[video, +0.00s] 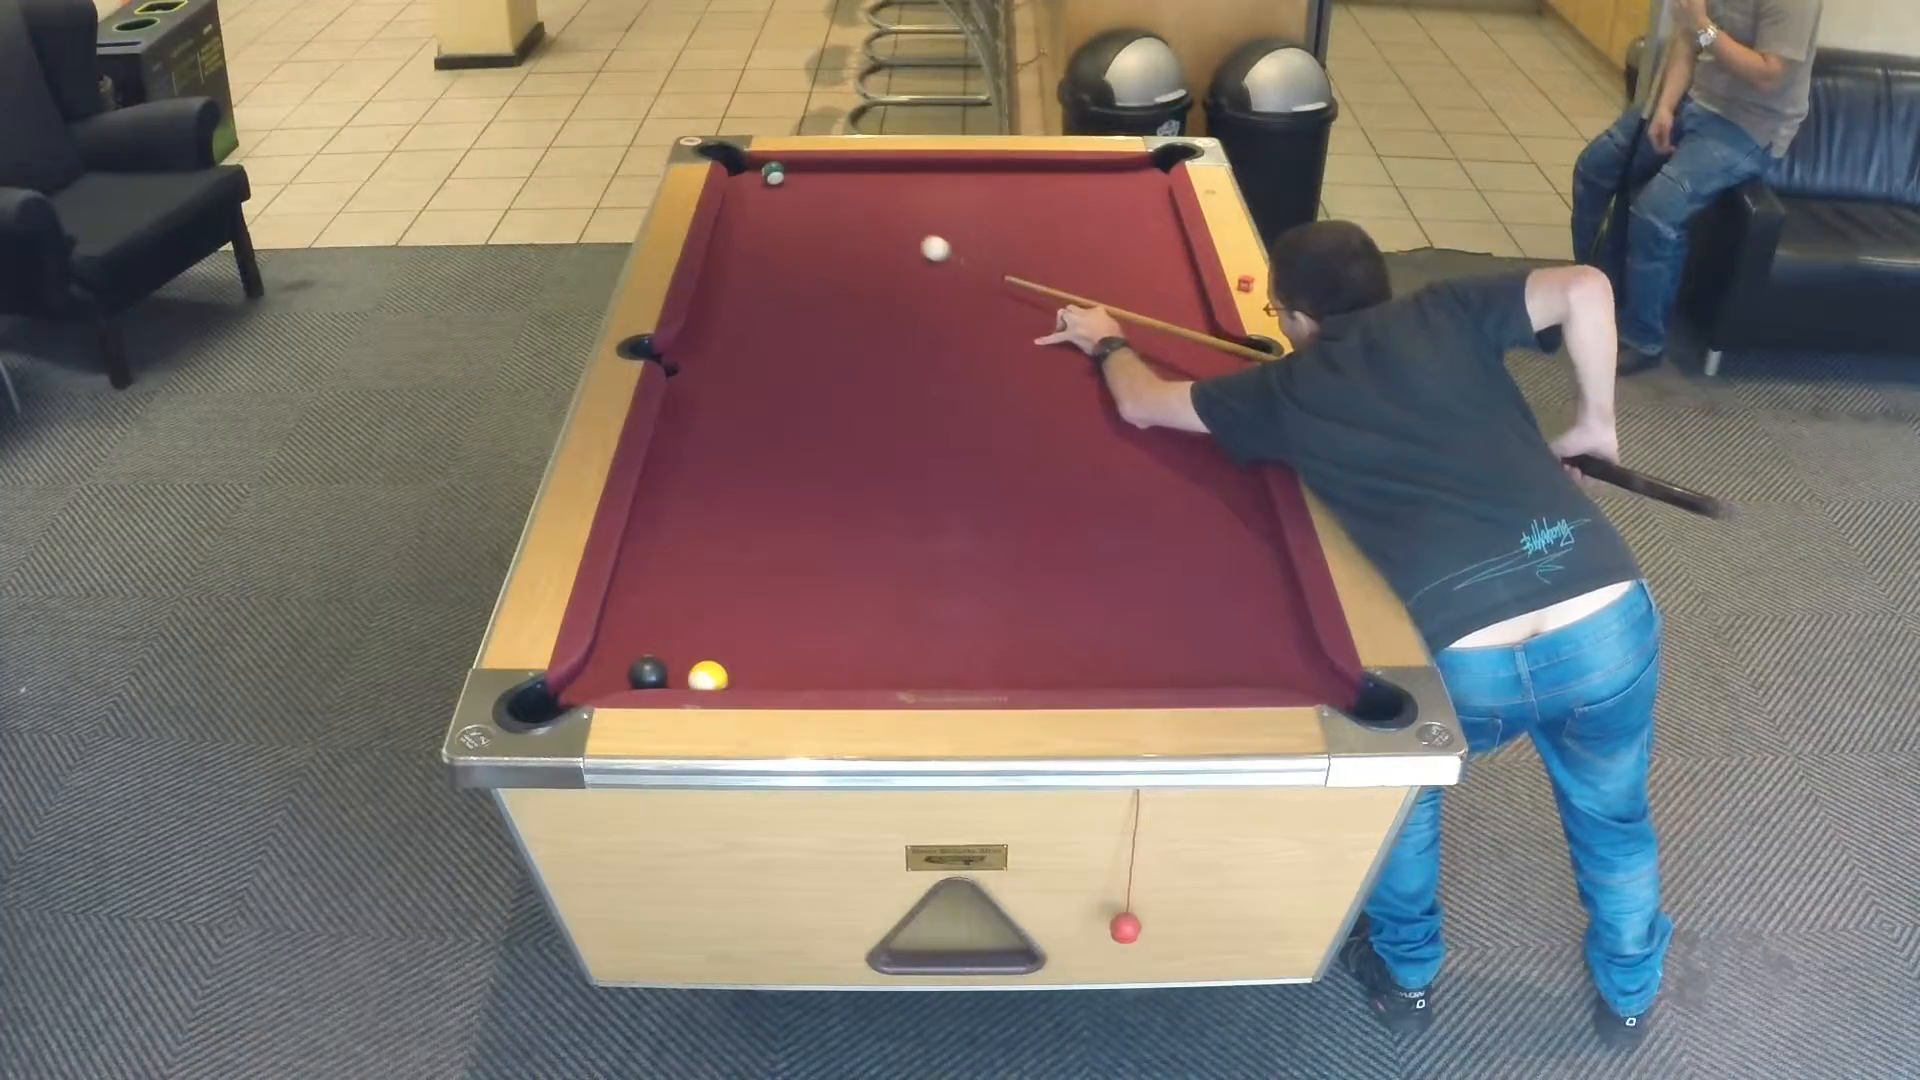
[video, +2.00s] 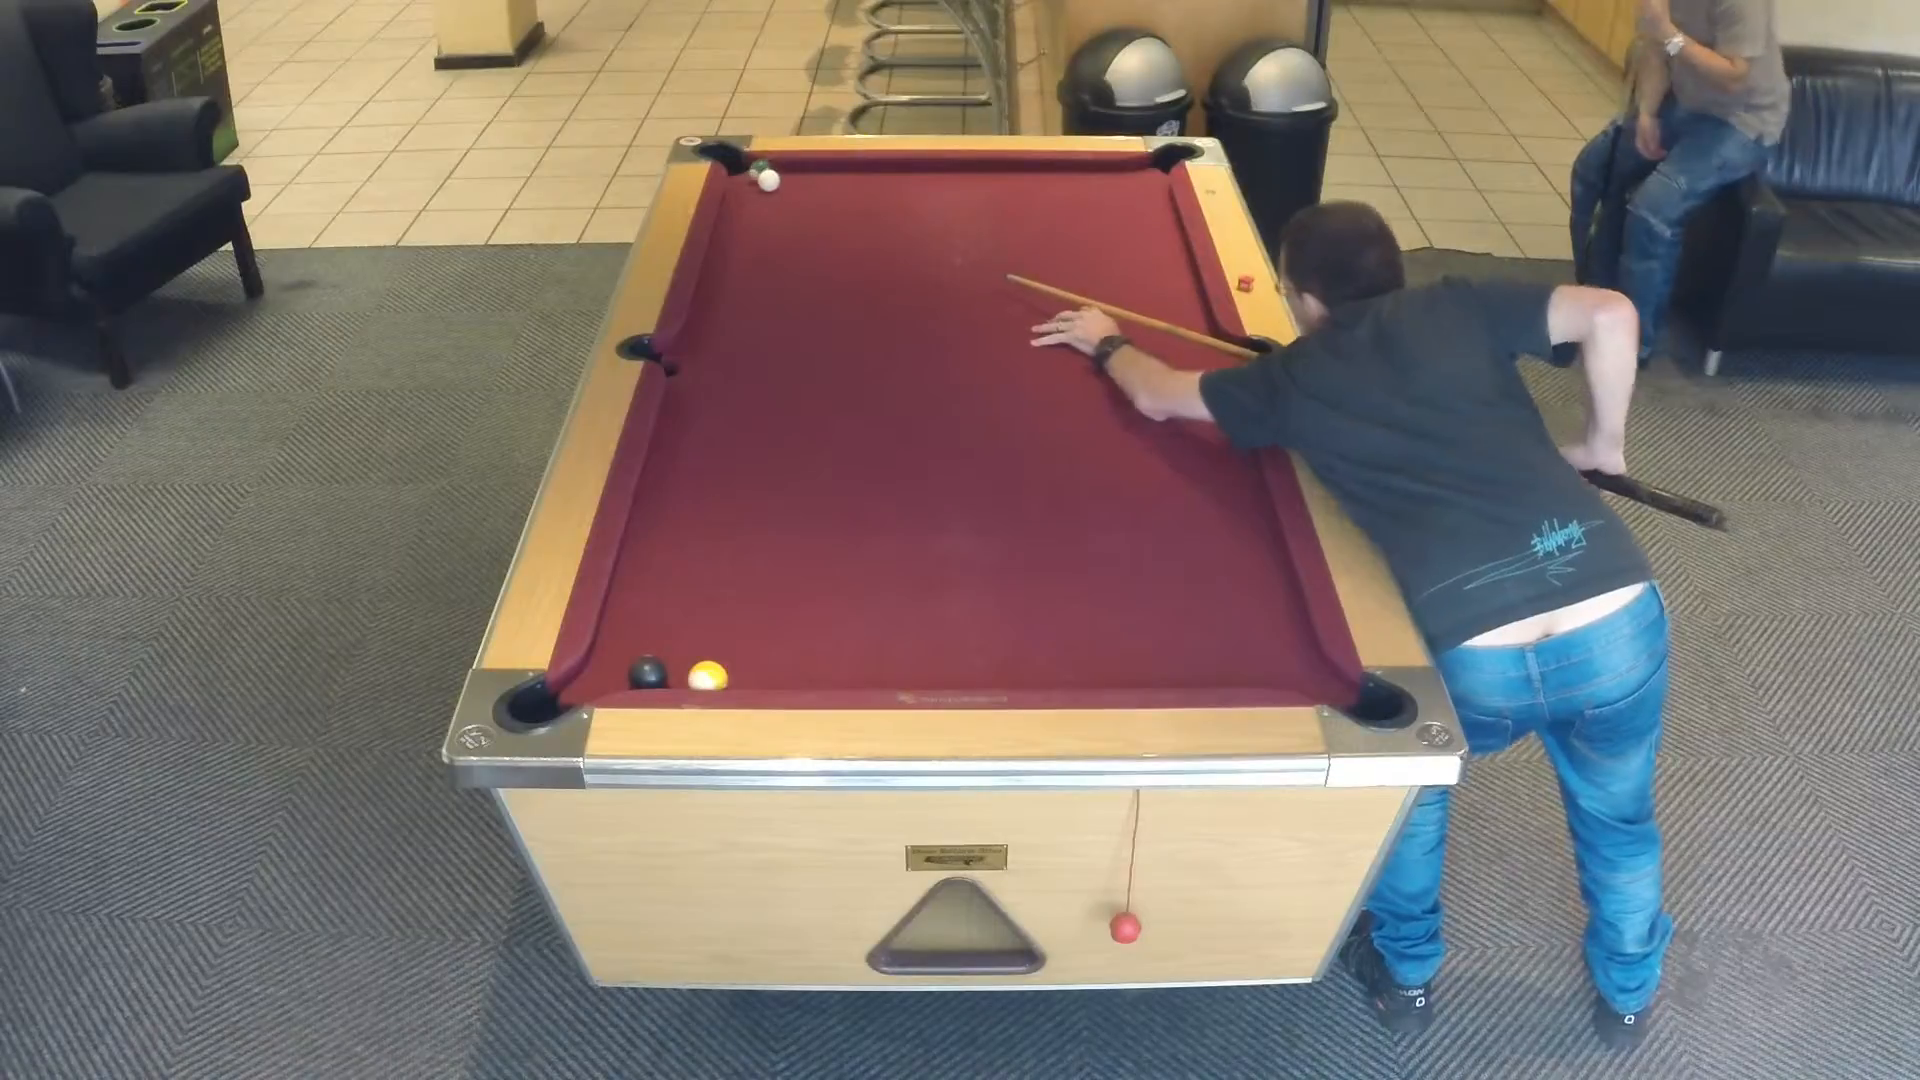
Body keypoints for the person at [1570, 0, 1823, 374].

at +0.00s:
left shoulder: (1791, 6)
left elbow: (1769, 76)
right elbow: (1686, 40)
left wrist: (1702, 27)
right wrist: (1666, 106)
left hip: (1746, 127)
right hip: (1689, 103)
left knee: (1654, 211)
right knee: (1594, 168)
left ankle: (1643, 342)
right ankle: (1589, 299)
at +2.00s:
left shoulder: (1741, 6)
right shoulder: (1666, 5)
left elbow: (1734, 77)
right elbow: (1657, 51)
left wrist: (1667, 34)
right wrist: (1647, 112)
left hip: (1742, 122)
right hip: (1682, 107)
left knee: (1649, 212)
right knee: (1590, 171)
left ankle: (1636, 343)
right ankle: (1592, 309)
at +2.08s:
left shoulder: (1728, 6)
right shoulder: (1650, 5)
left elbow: (1725, 79)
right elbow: (1648, 45)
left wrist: (1652, 49)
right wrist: (1640, 109)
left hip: (1738, 114)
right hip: (1678, 101)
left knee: (1646, 213)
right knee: (1591, 172)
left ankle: (1634, 343)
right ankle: (1593, 307)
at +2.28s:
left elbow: (1694, 67)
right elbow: (1620, 11)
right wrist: (1607, 89)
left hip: (1718, 93)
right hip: (1659, 79)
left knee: (1639, 221)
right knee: (1593, 176)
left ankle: (1634, 344)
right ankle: (1594, 304)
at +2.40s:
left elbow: (1686, 47)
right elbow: (1606, 6)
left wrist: (1632, 126)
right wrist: (1584, 60)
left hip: (1699, 87)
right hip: (1643, 70)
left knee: (1636, 222)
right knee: (1591, 179)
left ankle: (1640, 336)